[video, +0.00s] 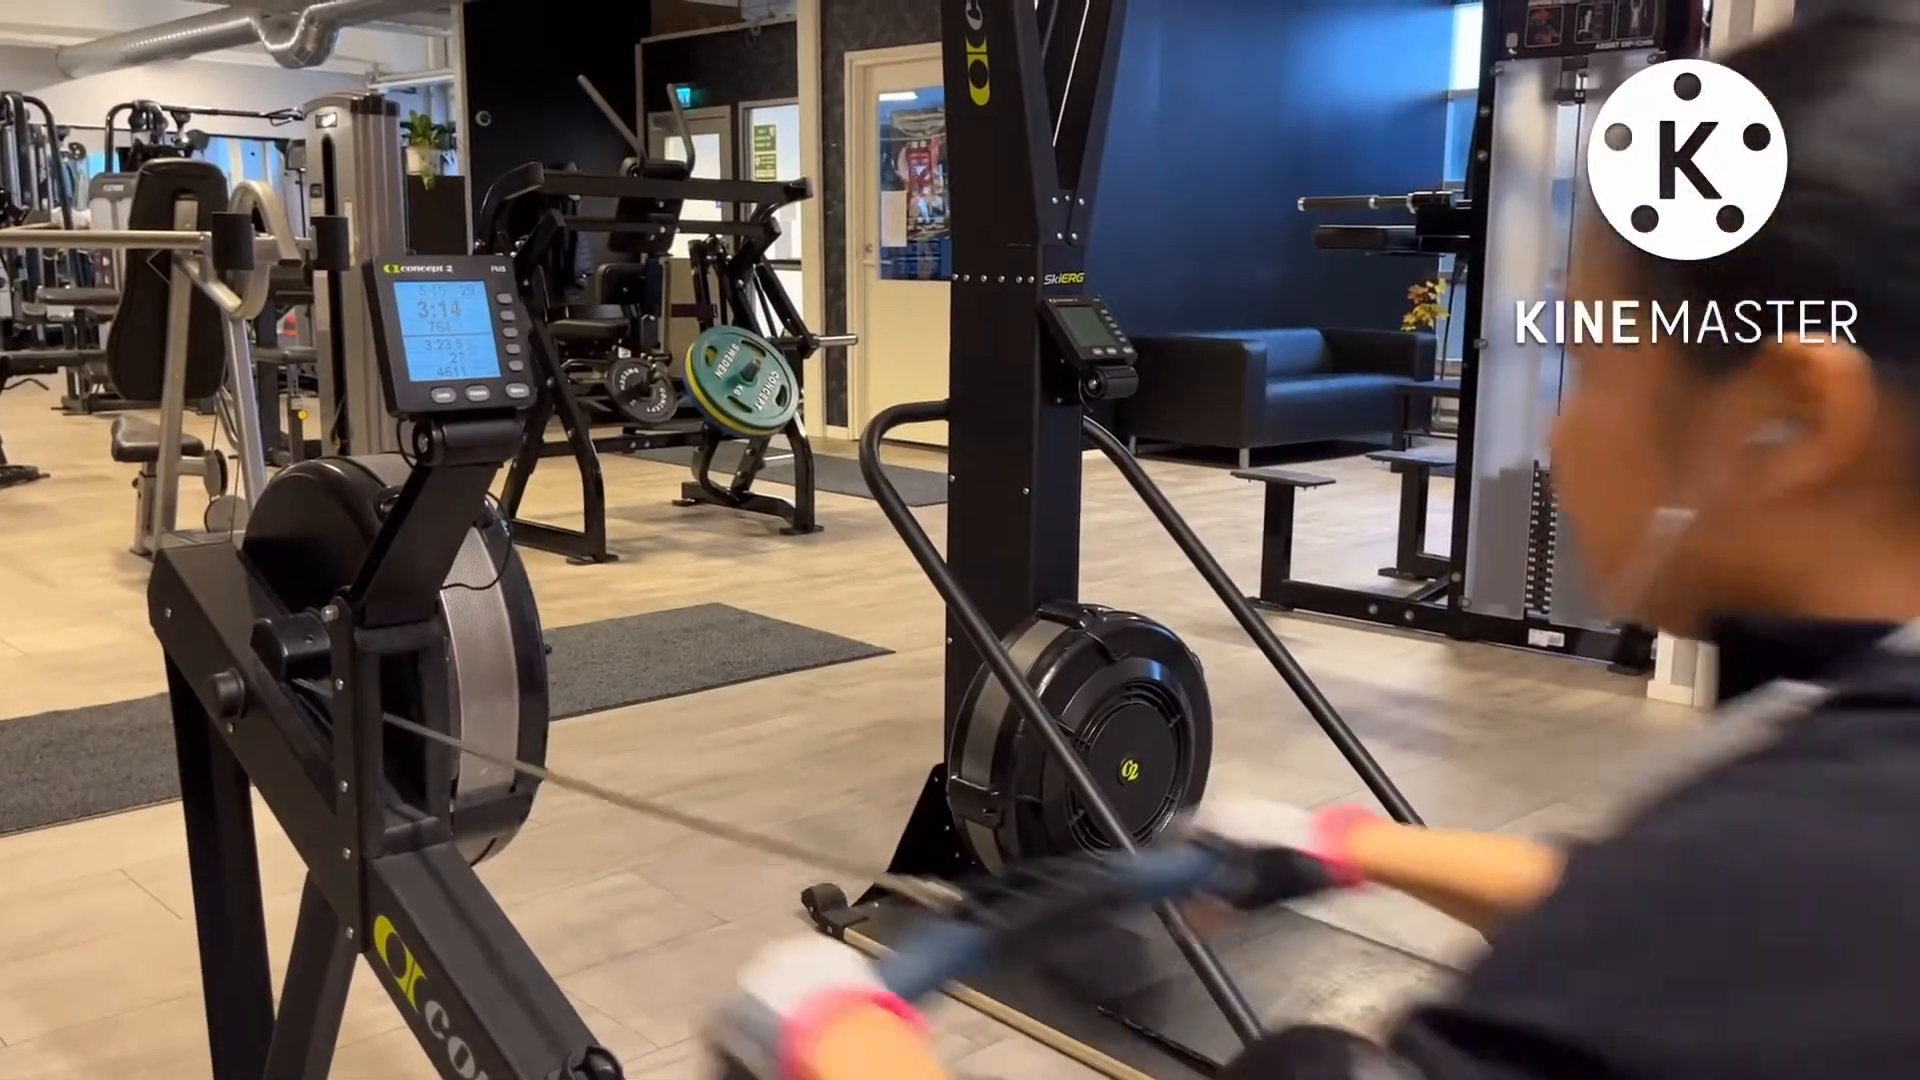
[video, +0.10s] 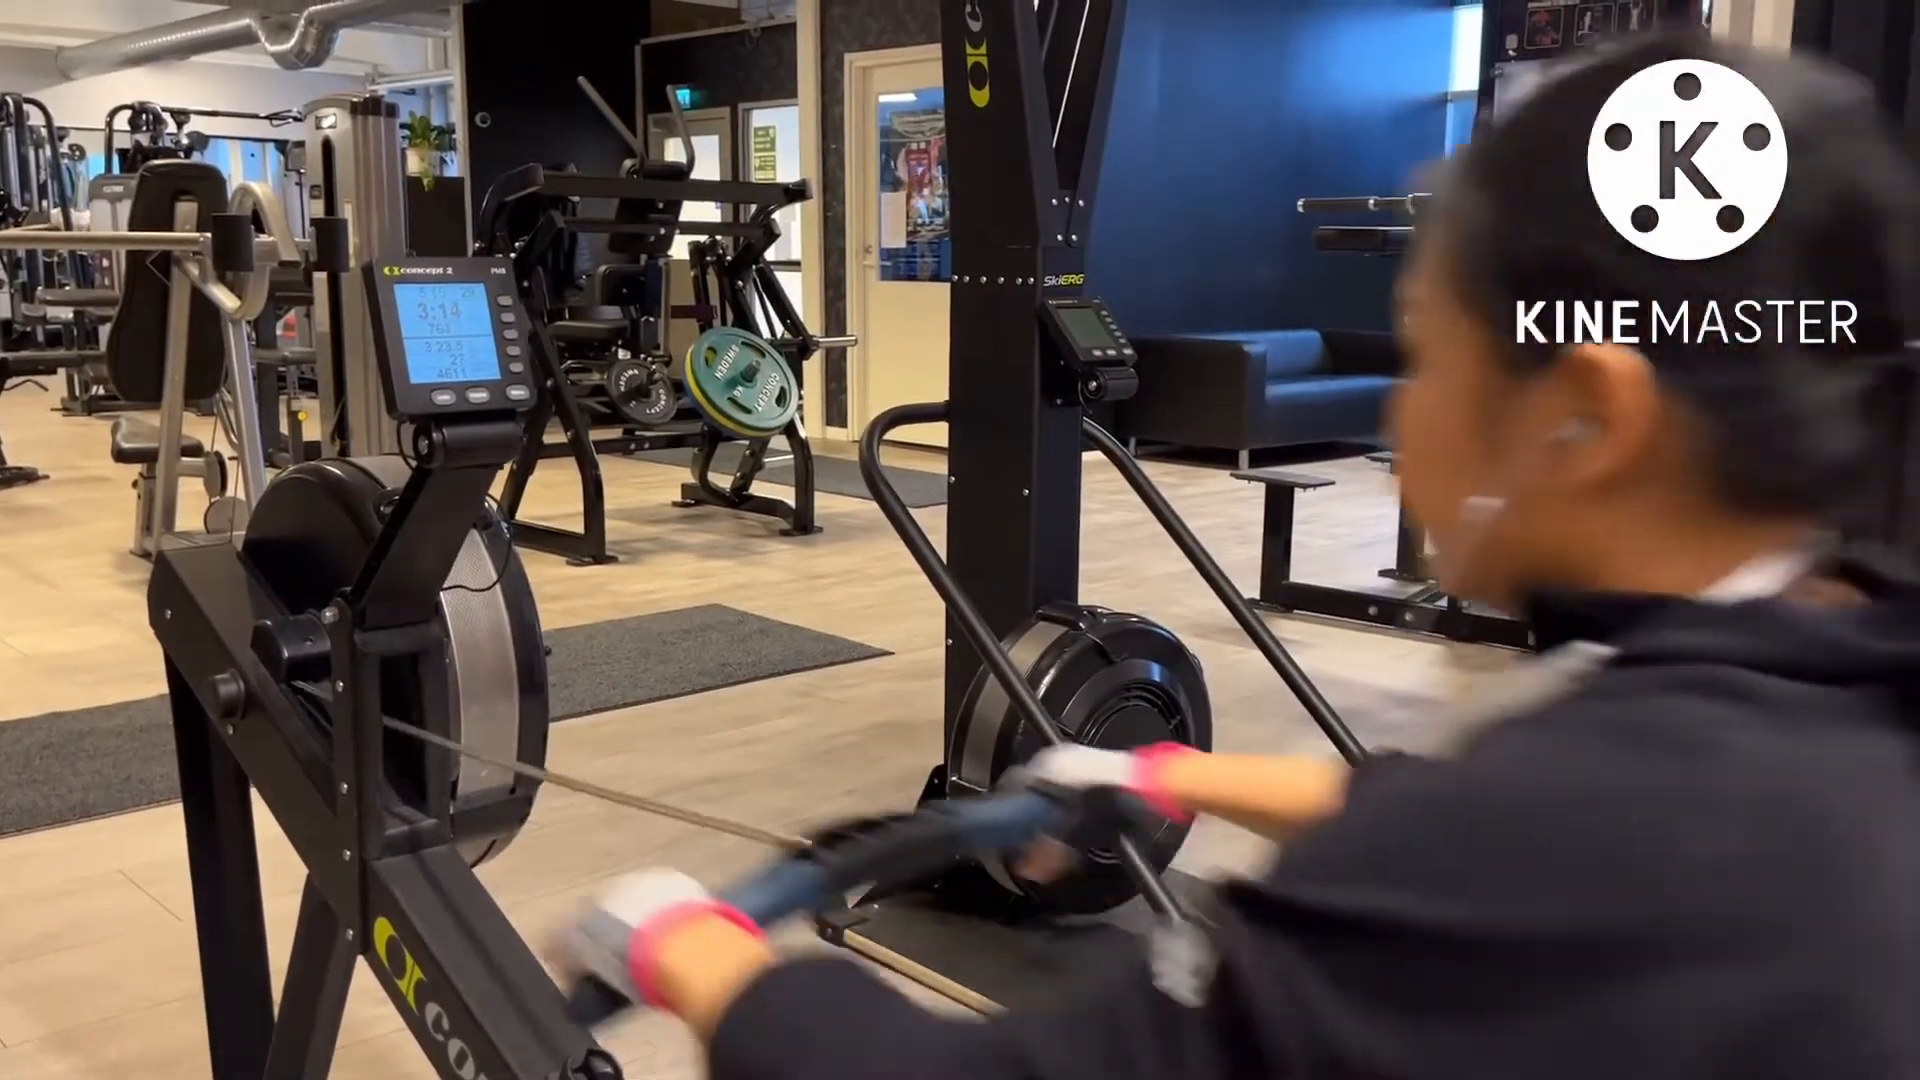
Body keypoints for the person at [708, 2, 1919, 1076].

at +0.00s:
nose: (1555, 428)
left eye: (1592, 349)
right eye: (1574, 350)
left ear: (1799, 422)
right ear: (1804, 430)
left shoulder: (1724, 904)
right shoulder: (1863, 739)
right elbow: (1732, 895)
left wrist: (886, 1071)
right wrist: (1380, 851)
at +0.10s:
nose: (1393, 420)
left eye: (1420, 363)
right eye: (1406, 361)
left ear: (1589, 416)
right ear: (1816, 394)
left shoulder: (1581, 818)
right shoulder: (1867, 673)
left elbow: (1078, 1061)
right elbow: (1605, 783)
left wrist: (738, 973)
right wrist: (1285, 792)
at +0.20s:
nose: (1242, 402)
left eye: (1268, 355)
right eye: (1255, 349)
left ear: (1406, 418)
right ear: (1624, 407)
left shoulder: (1350, 778)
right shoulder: (1725, 678)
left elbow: (904, 1000)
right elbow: (1487, 727)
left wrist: (622, 901)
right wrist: (1199, 745)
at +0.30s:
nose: (1114, 404)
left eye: (1138, 361)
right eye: (1128, 355)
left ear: (1259, 415)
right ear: (1464, 388)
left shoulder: (1179, 742)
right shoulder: (1545, 622)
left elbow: (787, 924)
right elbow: (1288, 694)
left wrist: (520, 842)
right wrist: (1027, 714)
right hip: (1694, 1040)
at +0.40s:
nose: (1017, 400)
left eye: (1036, 363)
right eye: (1030, 358)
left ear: (1139, 417)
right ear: (1338, 385)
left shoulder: (1049, 707)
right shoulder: (1429, 584)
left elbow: (717, 857)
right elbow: (1204, 677)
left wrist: (474, 811)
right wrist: (948, 689)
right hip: (1594, 1039)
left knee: (885, 981)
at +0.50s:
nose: (958, 400)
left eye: (976, 363)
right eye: (970, 359)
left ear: (1072, 423)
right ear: (1266, 393)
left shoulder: (996, 677)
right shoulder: (1357, 589)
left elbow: (659, 794)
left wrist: (427, 775)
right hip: (1535, 1045)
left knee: (854, 971)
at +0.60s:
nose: (938, 402)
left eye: (959, 367)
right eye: (953, 358)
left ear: (1050, 431)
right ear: (1244, 404)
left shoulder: (973, 670)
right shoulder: (1334, 586)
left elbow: (646, 759)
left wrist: (421, 748)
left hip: (1249, 1071)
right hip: (1518, 1049)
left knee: (842, 980)